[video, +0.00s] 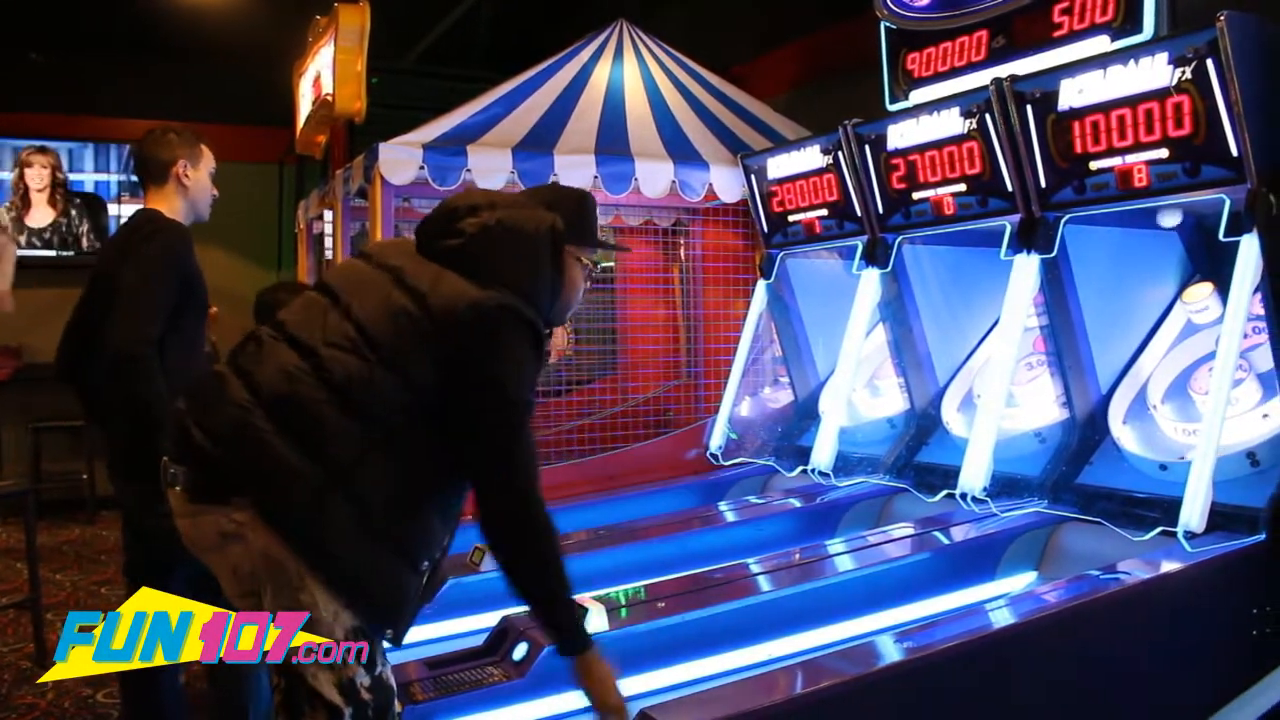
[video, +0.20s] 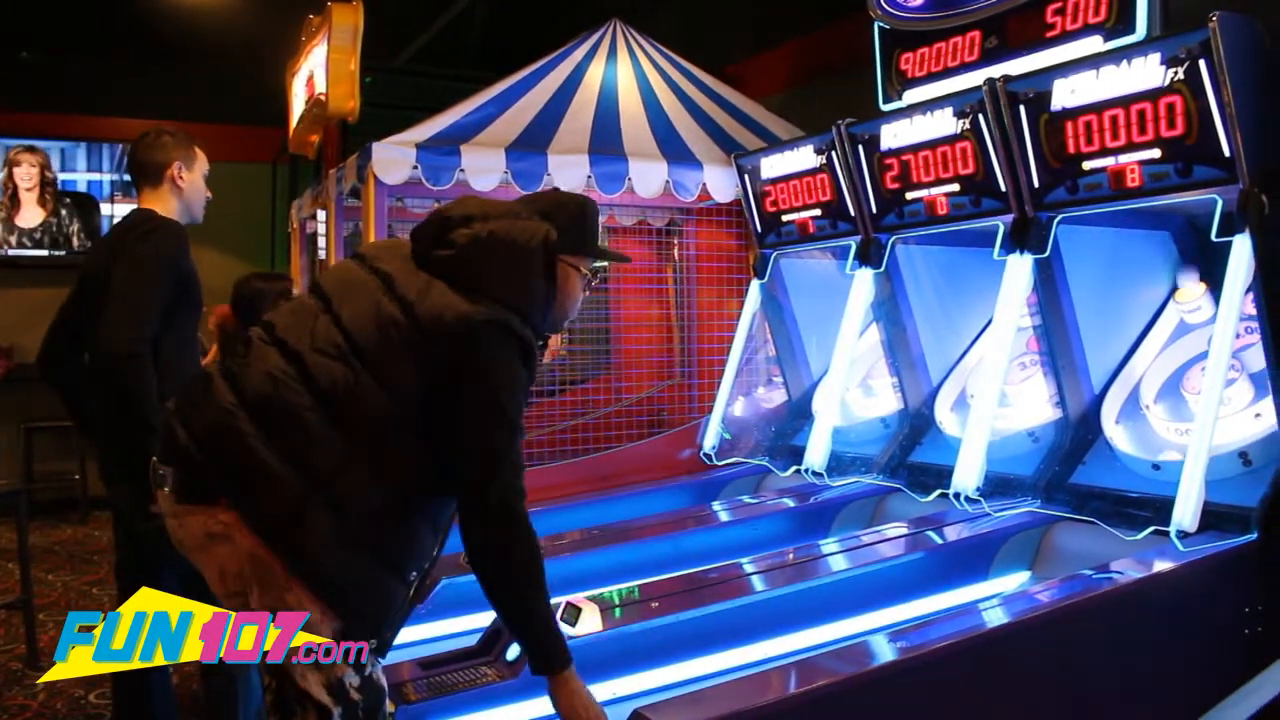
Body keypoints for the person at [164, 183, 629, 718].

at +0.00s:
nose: (588, 281)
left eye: (590, 265)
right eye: (583, 262)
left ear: (509, 246)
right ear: (543, 254)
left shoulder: (396, 267)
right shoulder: (494, 323)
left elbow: (277, 300)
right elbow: (512, 506)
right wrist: (580, 646)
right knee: (356, 700)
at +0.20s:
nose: (586, 293)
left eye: (589, 277)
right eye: (581, 274)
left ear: (512, 252)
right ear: (541, 263)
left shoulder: (396, 262)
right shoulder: (487, 334)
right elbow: (496, 518)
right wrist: (559, 671)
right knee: (336, 695)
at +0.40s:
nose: (582, 299)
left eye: (585, 284)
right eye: (578, 281)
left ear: (507, 258)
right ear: (538, 271)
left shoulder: (393, 260)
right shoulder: (483, 348)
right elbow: (502, 529)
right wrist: (564, 683)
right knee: (325, 696)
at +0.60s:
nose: (575, 304)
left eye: (578, 288)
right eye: (570, 285)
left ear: (501, 261)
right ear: (531, 275)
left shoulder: (386, 262)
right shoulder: (477, 351)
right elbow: (503, 532)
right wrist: (566, 682)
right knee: (323, 694)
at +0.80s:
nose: (562, 298)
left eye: (567, 280)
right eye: (560, 277)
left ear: (492, 251)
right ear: (521, 264)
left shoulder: (371, 261)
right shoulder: (464, 335)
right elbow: (469, 514)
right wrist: (557, 646)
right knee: (322, 695)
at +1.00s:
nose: (552, 290)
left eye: (556, 273)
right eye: (551, 270)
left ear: (491, 249)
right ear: (514, 259)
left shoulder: (366, 264)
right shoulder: (455, 326)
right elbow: (463, 505)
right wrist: (556, 616)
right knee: (315, 699)